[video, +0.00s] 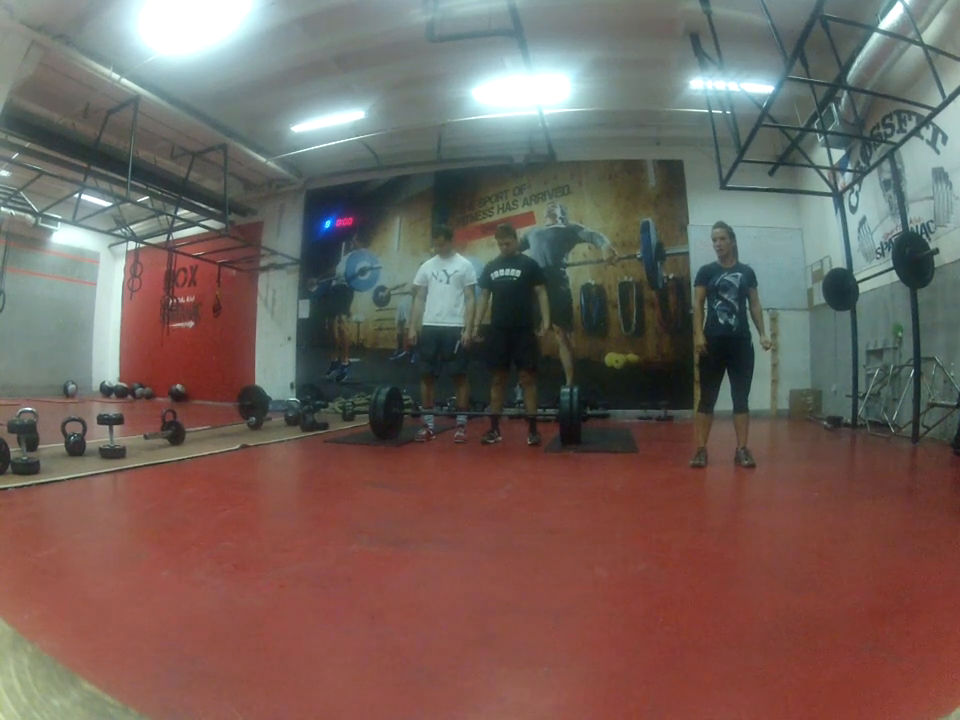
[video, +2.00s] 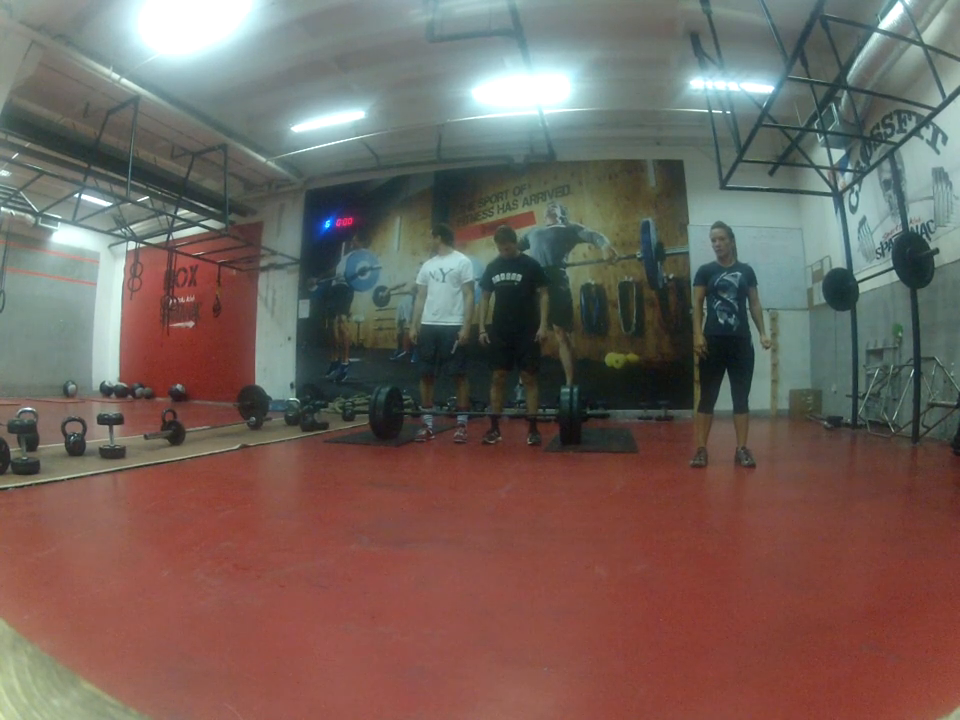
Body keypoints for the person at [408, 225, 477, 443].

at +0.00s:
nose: (438, 245)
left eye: (441, 242)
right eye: (436, 242)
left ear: (450, 241)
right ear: (434, 243)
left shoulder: (464, 266)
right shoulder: (427, 266)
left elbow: (470, 298)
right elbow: (418, 298)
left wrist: (468, 329)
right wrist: (412, 327)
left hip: (455, 329)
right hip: (429, 328)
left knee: (459, 377)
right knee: (427, 377)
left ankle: (461, 425)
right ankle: (427, 425)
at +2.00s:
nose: (430, 241)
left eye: (432, 237)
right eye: (431, 237)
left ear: (441, 238)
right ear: (439, 239)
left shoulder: (462, 261)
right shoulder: (427, 265)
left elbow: (469, 295)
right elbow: (420, 297)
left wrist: (466, 327)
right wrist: (414, 325)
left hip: (454, 327)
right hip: (428, 326)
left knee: (459, 375)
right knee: (426, 374)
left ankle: (462, 424)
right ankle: (427, 424)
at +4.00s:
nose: (437, 247)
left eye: (440, 243)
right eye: (433, 243)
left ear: (446, 242)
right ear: (429, 243)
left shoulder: (458, 264)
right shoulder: (420, 267)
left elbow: (467, 295)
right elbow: (413, 299)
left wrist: (470, 325)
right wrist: (406, 328)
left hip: (454, 328)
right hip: (427, 328)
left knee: (459, 376)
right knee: (426, 376)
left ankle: (461, 426)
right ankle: (427, 426)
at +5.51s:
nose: (431, 277)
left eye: (434, 274)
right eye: (428, 274)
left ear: (441, 267)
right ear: (423, 270)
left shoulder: (456, 277)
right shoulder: (417, 279)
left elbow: (466, 313)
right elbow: (411, 314)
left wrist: (467, 347)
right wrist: (410, 344)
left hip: (455, 330)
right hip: (431, 330)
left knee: (459, 376)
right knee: (426, 376)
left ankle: (461, 425)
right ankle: (427, 425)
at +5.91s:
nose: (432, 279)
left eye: (434, 276)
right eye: (428, 276)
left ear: (440, 268)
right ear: (422, 272)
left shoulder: (455, 277)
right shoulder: (415, 280)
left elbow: (465, 312)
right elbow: (412, 315)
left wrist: (466, 345)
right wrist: (412, 344)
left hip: (456, 330)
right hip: (431, 331)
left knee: (460, 376)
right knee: (427, 376)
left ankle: (461, 425)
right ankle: (427, 425)